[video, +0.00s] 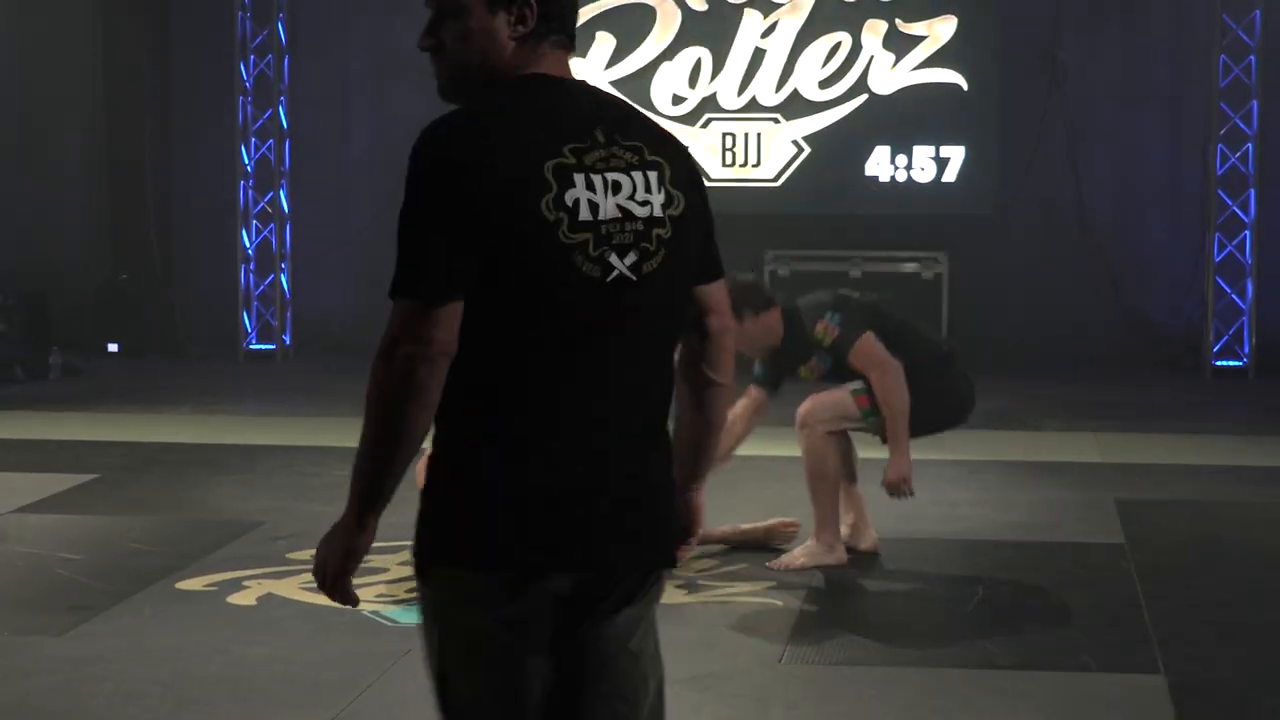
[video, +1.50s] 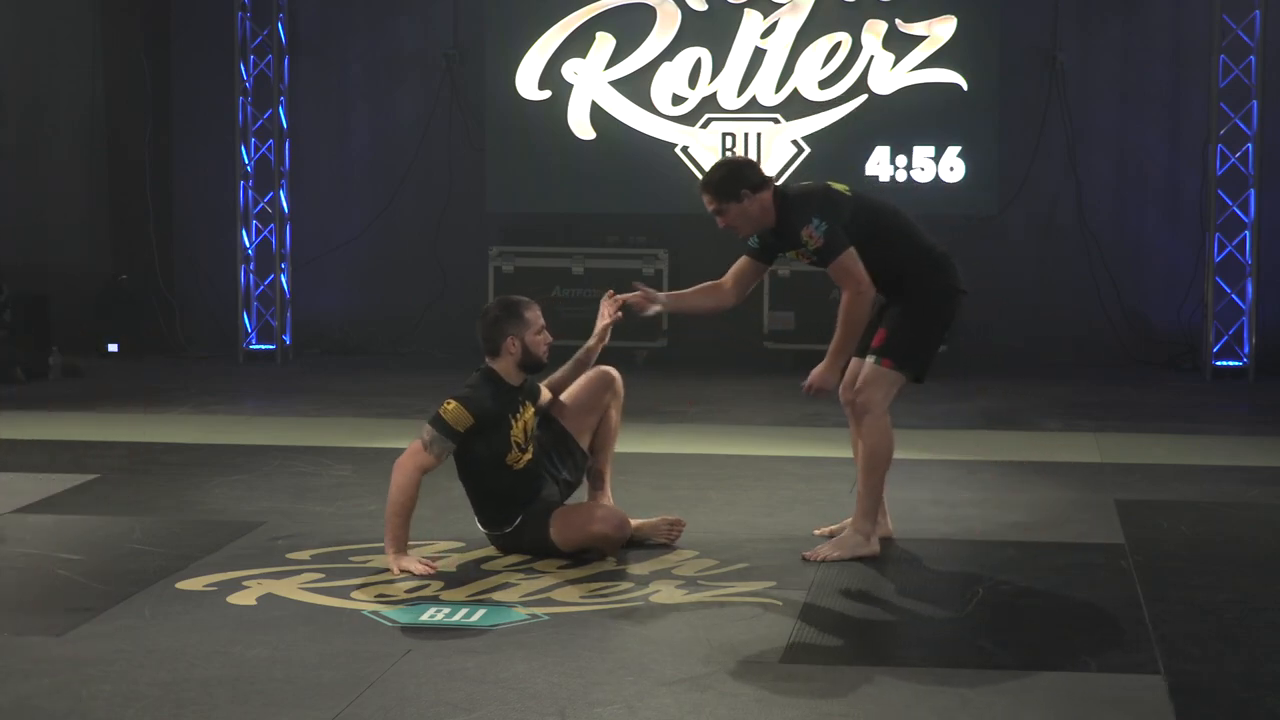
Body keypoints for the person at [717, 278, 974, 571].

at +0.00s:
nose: (734, 344)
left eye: (733, 331)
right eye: (729, 335)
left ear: (754, 317)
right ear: (755, 318)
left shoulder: (820, 316)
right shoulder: (780, 349)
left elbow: (886, 370)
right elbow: (747, 407)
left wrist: (900, 456)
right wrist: (709, 459)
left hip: (938, 388)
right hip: (915, 386)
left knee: (814, 416)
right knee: (820, 414)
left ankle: (826, 543)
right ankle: (857, 527)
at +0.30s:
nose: (788, 189)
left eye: (791, 178)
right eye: (785, 179)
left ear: (820, 169)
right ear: (820, 170)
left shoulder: (880, 194)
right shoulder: (857, 204)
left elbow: (945, 267)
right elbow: (895, 255)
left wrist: (935, 353)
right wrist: (908, 306)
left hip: (988, 298)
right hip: (958, 298)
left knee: (925, 411)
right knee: (898, 401)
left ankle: (1024, 506)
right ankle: (867, 526)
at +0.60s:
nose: (851, 165)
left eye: (852, 154)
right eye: (846, 156)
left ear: (880, 143)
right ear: (883, 142)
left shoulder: (932, 177)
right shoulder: (927, 169)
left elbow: (978, 272)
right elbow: (966, 253)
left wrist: (992, 351)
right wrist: (967, 311)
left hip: (1037, 301)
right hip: (1010, 301)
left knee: (1047, 425)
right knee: (961, 404)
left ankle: (1097, 541)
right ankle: (921, 524)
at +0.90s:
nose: (833, 156)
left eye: (836, 144)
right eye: (830, 147)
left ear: (864, 135)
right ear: (865, 137)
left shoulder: (918, 170)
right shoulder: (900, 178)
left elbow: (959, 252)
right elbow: (910, 264)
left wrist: (964, 330)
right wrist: (868, 326)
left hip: (1008, 302)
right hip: (972, 304)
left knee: (1041, 422)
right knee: (916, 402)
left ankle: (1096, 539)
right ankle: (884, 515)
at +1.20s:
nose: (759, 190)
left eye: (760, 179)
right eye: (755, 182)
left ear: (790, 166)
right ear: (789, 167)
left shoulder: (849, 186)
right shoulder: (819, 213)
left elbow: (906, 255)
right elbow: (798, 294)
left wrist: (898, 331)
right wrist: (731, 334)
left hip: (954, 291)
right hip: (918, 297)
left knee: (924, 408)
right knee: (867, 393)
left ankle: (1005, 511)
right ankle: (874, 515)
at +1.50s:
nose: (721, 225)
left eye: (721, 214)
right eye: (715, 216)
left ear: (751, 196)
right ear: (745, 201)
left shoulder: (808, 212)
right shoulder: (774, 228)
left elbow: (860, 289)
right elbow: (728, 290)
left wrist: (832, 364)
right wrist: (660, 300)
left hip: (927, 288)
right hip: (896, 290)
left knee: (868, 397)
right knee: (851, 393)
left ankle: (864, 531)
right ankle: (871, 516)